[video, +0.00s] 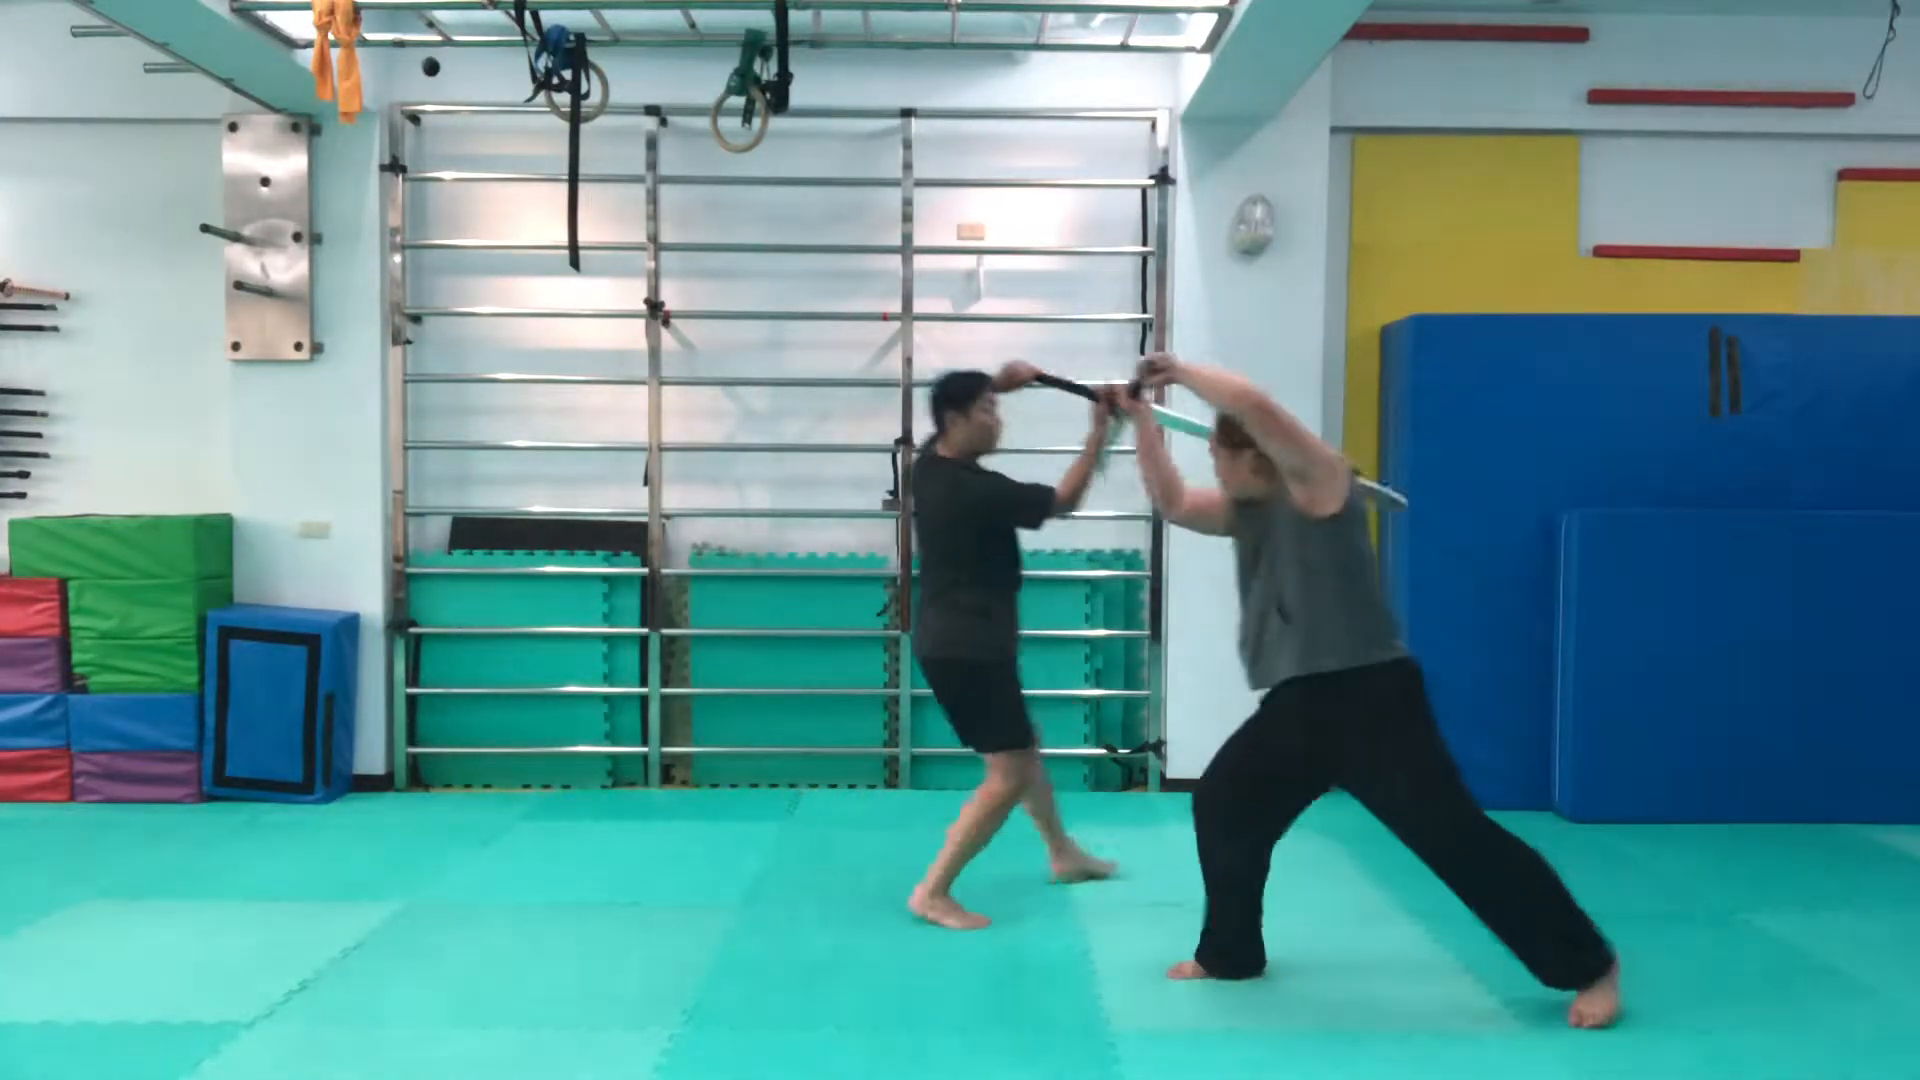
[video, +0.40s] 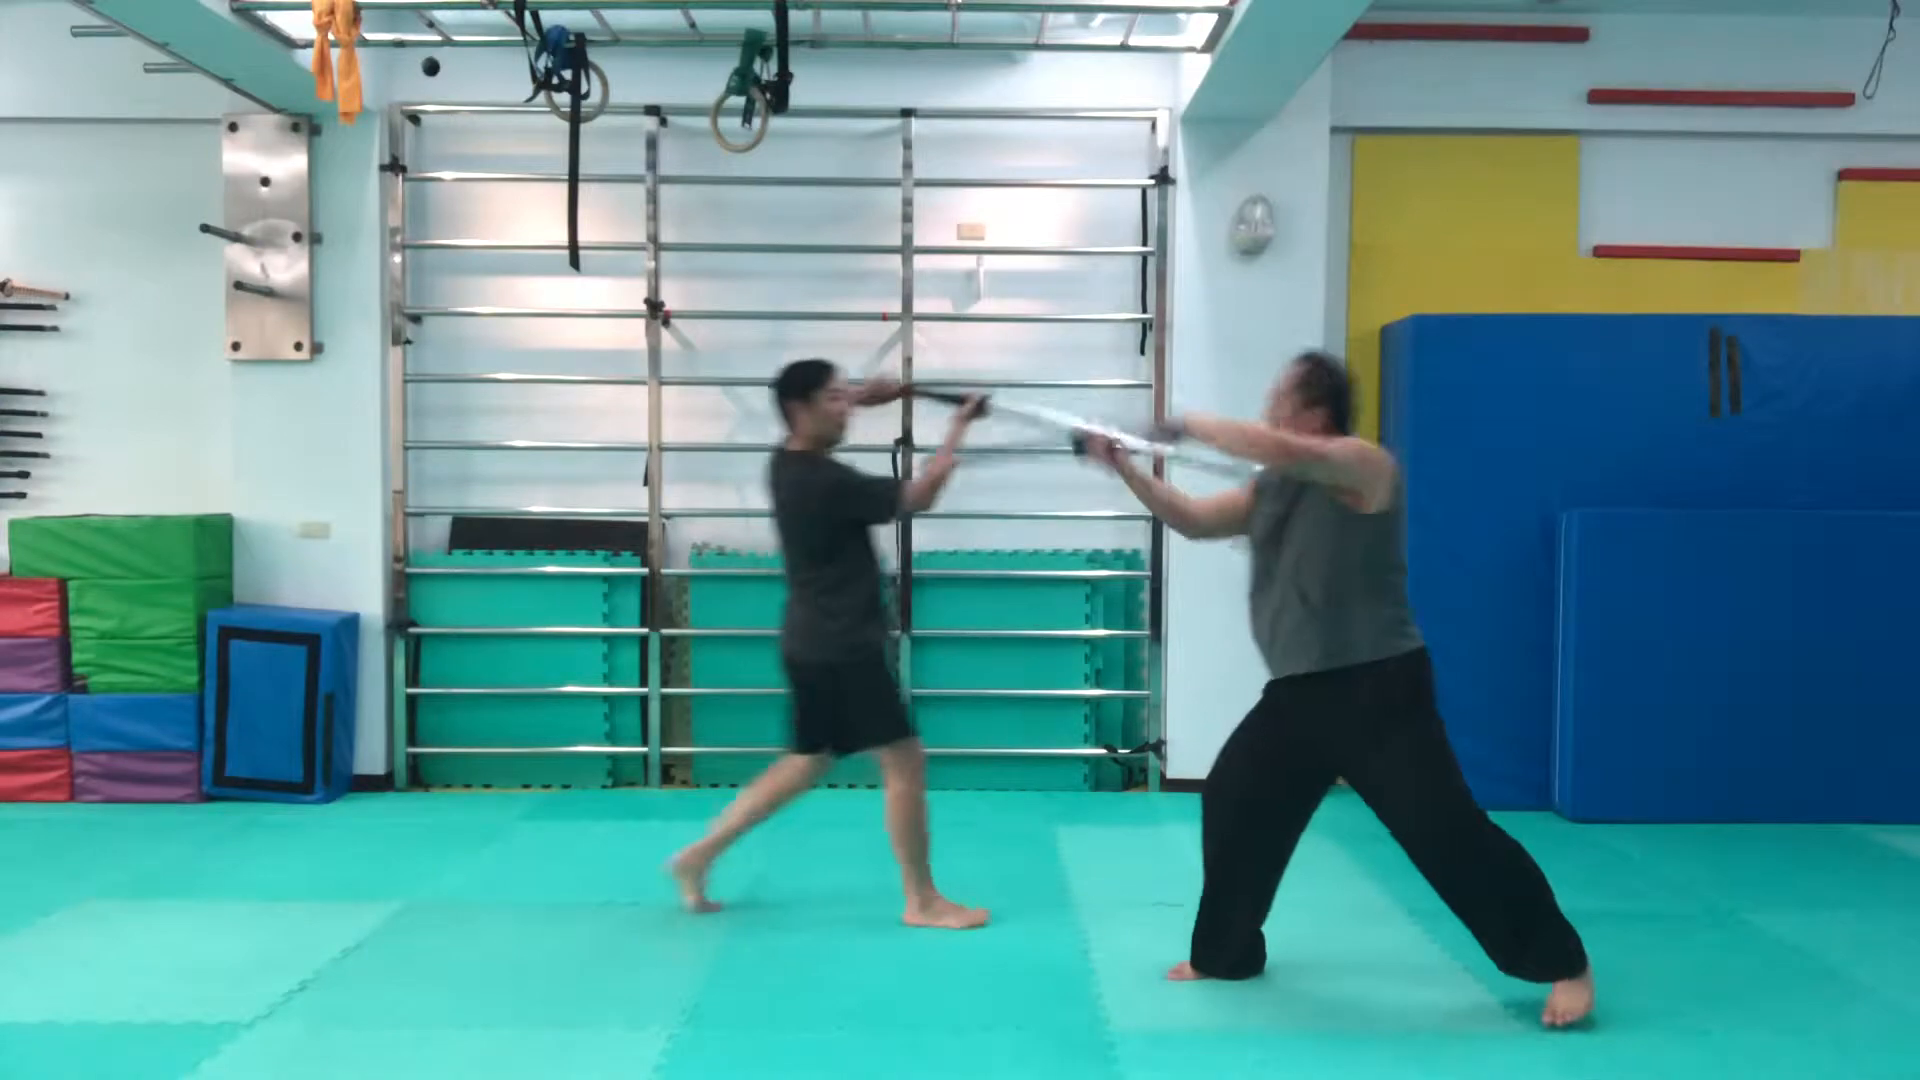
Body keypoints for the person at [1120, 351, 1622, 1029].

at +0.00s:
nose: (1219, 465)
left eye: (1228, 453)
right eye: (1218, 454)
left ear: (1262, 452)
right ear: (1228, 457)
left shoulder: (1320, 486)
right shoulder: (1246, 510)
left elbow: (1249, 403)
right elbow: (1174, 500)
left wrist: (1179, 370)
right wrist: (1141, 417)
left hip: (1372, 698)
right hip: (1300, 705)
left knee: (1453, 835)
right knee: (1224, 802)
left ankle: (1591, 966)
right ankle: (1230, 956)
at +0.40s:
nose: (1268, 413)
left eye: (1280, 403)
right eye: (1269, 403)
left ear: (1321, 413)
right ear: (1288, 415)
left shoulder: (1368, 467)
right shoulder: (1269, 490)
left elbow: (1279, 449)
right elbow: (1194, 518)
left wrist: (1187, 427)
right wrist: (1126, 467)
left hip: (1381, 690)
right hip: (1299, 697)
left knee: (1447, 833)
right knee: (1233, 801)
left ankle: (1565, 964)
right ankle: (1227, 957)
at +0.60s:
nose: (1375, 390)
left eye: (1391, 380)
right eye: (1379, 378)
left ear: (1432, 395)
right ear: (1397, 393)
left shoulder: (1473, 480)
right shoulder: (1363, 484)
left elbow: (1418, 562)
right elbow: (1327, 565)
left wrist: (1329, 576)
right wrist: (1256, 604)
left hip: (1449, 693)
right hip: (1363, 691)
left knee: (1494, 838)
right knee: (1300, 816)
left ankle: (1572, 990)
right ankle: (1237, 945)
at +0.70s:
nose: (1415, 381)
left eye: (1431, 371)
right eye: (1419, 370)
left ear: (1476, 388)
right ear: (1450, 388)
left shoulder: (1521, 474)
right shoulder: (1401, 477)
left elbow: (1502, 568)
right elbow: (1368, 573)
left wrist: (1400, 620)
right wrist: (1341, 645)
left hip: (1482, 693)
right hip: (1398, 688)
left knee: (1513, 842)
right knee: (1336, 810)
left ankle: (1572, 996)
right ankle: (1268, 935)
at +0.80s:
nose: (1444, 373)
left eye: (1460, 363)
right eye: (1448, 362)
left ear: (1505, 380)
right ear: (1466, 378)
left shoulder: (1548, 467)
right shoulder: (1417, 467)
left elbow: (1548, 565)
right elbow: (1395, 554)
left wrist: (1457, 616)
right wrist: (1387, 636)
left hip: (1501, 689)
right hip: (1415, 681)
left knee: (1520, 837)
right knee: (1358, 793)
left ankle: (1572, 994)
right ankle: (1338, 931)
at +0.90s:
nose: (1458, 368)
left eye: (1473, 359)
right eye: (1461, 357)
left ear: (1519, 375)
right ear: (1483, 373)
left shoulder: (1561, 464)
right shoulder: (1430, 461)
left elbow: (1556, 563)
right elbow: (1408, 549)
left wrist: (1463, 613)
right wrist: (1393, 631)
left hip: (1513, 685)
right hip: (1428, 677)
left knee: (1528, 834)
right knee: (1371, 781)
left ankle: (1572, 994)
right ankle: (1390, 916)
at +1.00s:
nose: (1459, 368)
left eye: (1475, 359)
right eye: (1463, 357)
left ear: (1520, 375)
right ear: (1487, 374)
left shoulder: (1560, 463)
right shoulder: (1436, 464)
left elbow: (1551, 562)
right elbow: (1407, 553)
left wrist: (1457, 616)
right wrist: (1380, 627)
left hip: (1517, 685)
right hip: (1433, 678)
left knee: (1530, 835)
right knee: (1380, 776)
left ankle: (1573, 993)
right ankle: (1408, 899)